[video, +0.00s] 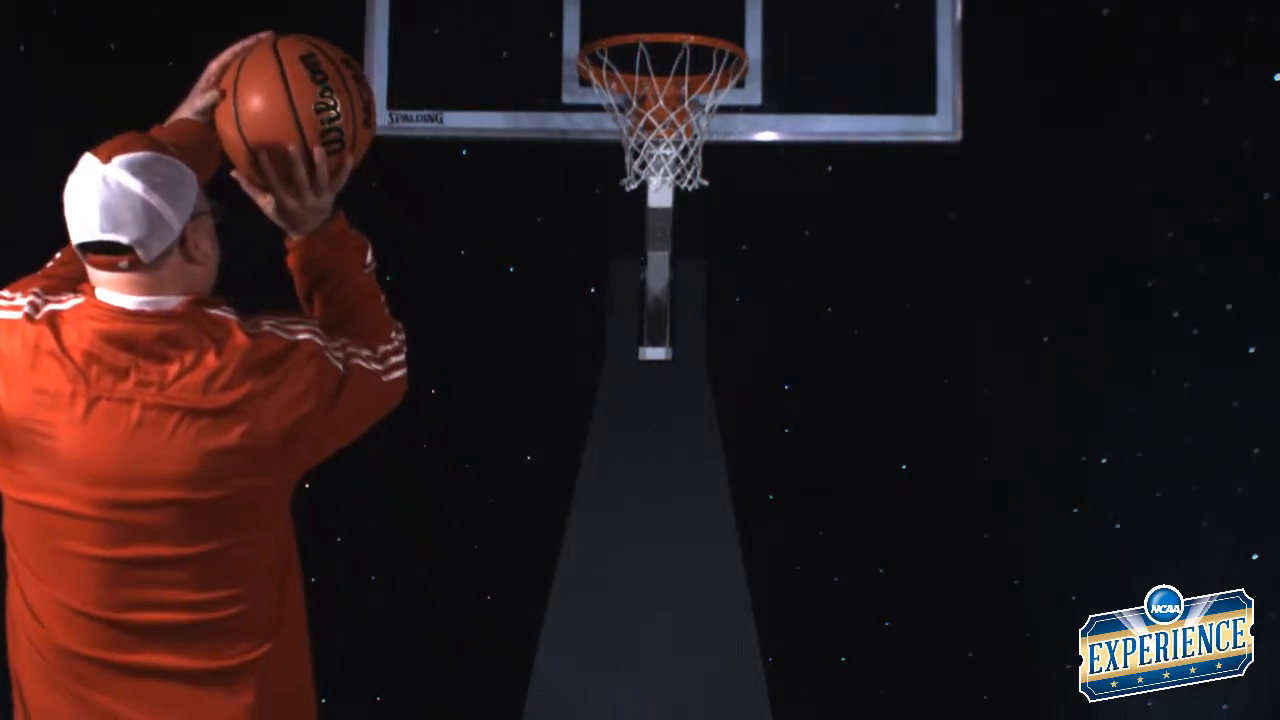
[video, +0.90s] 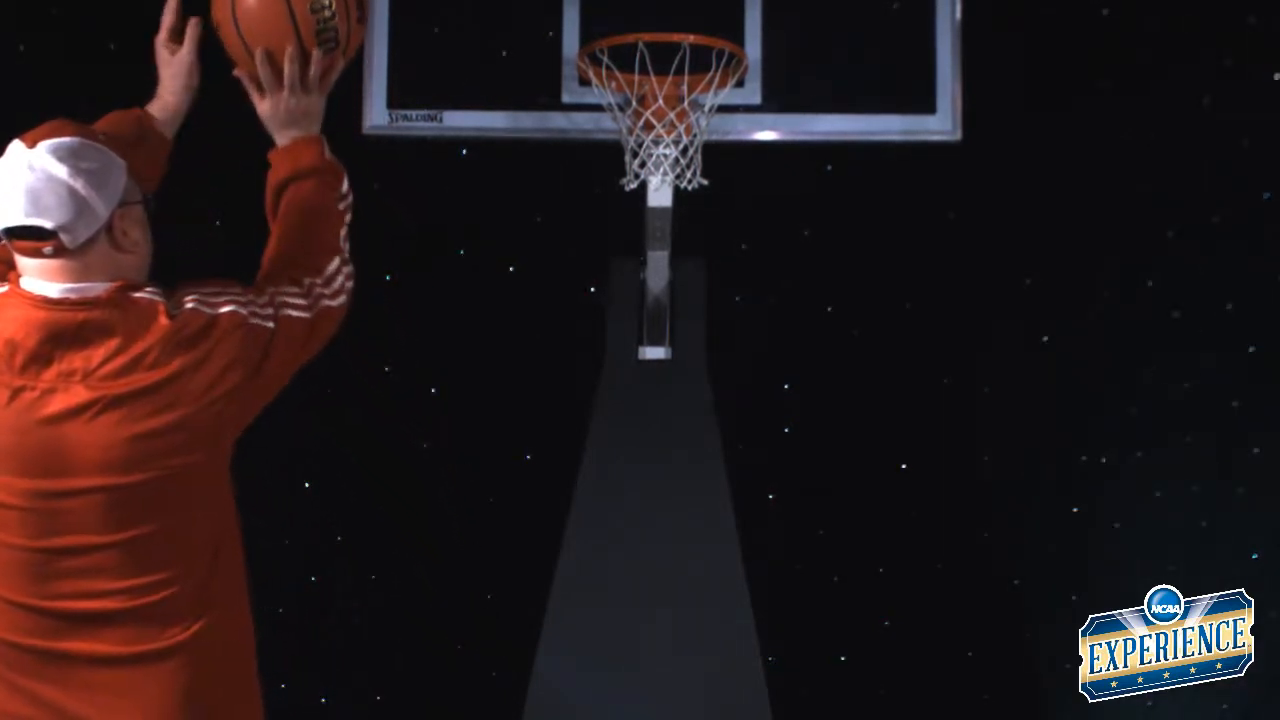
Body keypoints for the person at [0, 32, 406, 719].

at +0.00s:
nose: (212, 225)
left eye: (206, 213)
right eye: (205, 217)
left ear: (90, 239)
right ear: (191, 242)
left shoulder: (14, 351)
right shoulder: (260, 378)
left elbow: (90, 242)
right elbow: (380, 362)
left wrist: (183, 133)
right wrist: (320, 236)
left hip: (60, 703)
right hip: (243, 703)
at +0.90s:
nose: (146, 218)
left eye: (138, 204)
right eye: (138, 205)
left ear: (26, 235)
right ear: (118, 229)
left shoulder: (4, 325)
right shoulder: (181, 349)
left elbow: (47, 208)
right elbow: (312, 291)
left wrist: (159, 115)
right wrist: (301, 143)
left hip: (22, 697)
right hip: (174, 698)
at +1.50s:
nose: (95, 243)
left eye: (83, 232)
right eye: (83, 236)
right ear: (69, 270)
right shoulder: (126, 376)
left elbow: (26, 221)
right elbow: (224, 225)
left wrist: (131, 145)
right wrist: (287, 93)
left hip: (15, 699)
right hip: (136, 702)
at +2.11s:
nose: (50, 316)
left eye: (39, 303)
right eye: (39, 306)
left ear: (4, 343)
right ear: (11, 343)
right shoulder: (80, 444)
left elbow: (16, 300)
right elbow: (185, 301)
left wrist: (67, 203)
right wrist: (206, 113)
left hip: (17, 701)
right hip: (114, 701)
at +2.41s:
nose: (22, 353)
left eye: (14, 346)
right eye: (13, 350)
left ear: (12, 378)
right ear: (1, 383)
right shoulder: (40, 500)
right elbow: (186, 335)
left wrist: (18, 248)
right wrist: (176, 155)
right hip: (90, 701)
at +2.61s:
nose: (14, 396)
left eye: (7, 366)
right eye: (7, 367)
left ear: (11, 371)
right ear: (3, 376)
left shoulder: (38, 537)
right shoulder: (33, 539)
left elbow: (190, 371)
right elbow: (190, 368)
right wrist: (159, 194)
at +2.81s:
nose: (9, 414)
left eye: (4, 385)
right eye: (5, 385)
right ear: (4, 409)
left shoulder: (33, 555)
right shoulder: (27, 557)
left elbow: (202, 409)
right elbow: (202, 407)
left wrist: (148, 244)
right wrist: (149, 243)